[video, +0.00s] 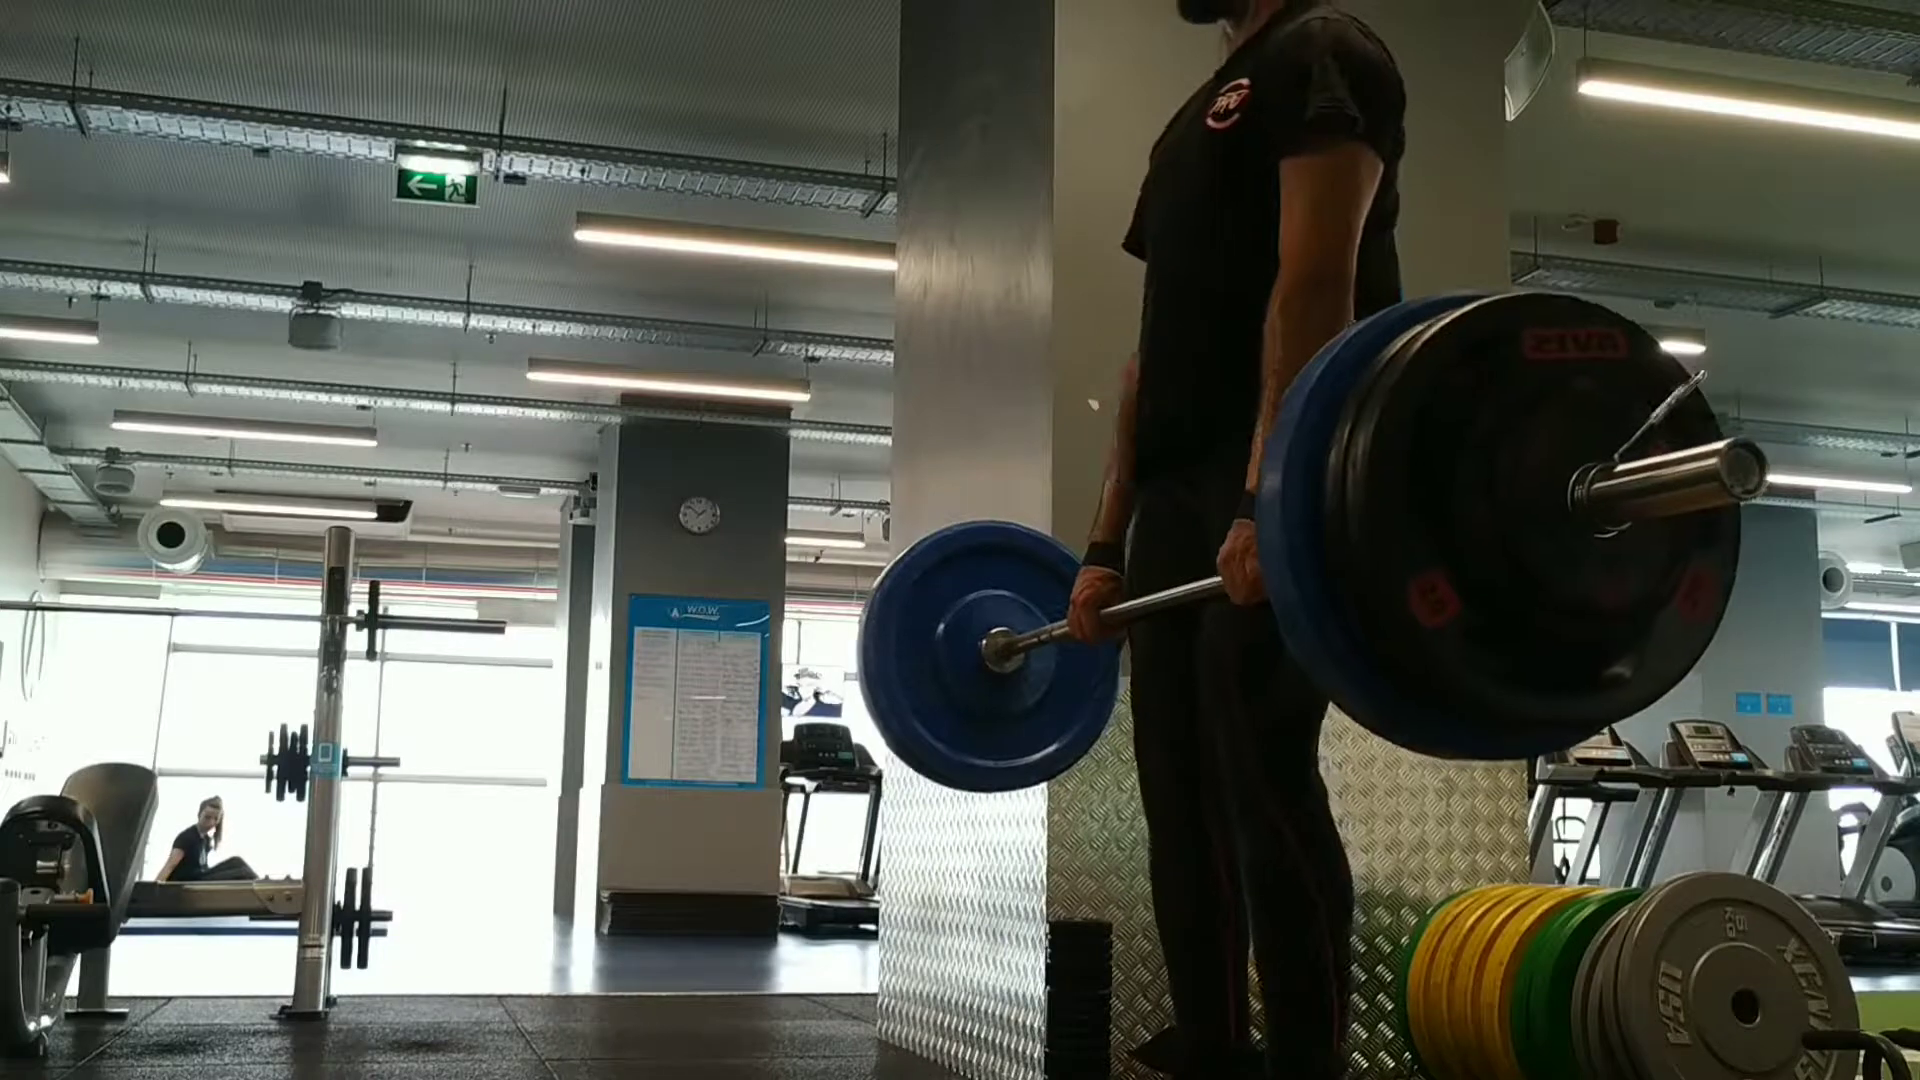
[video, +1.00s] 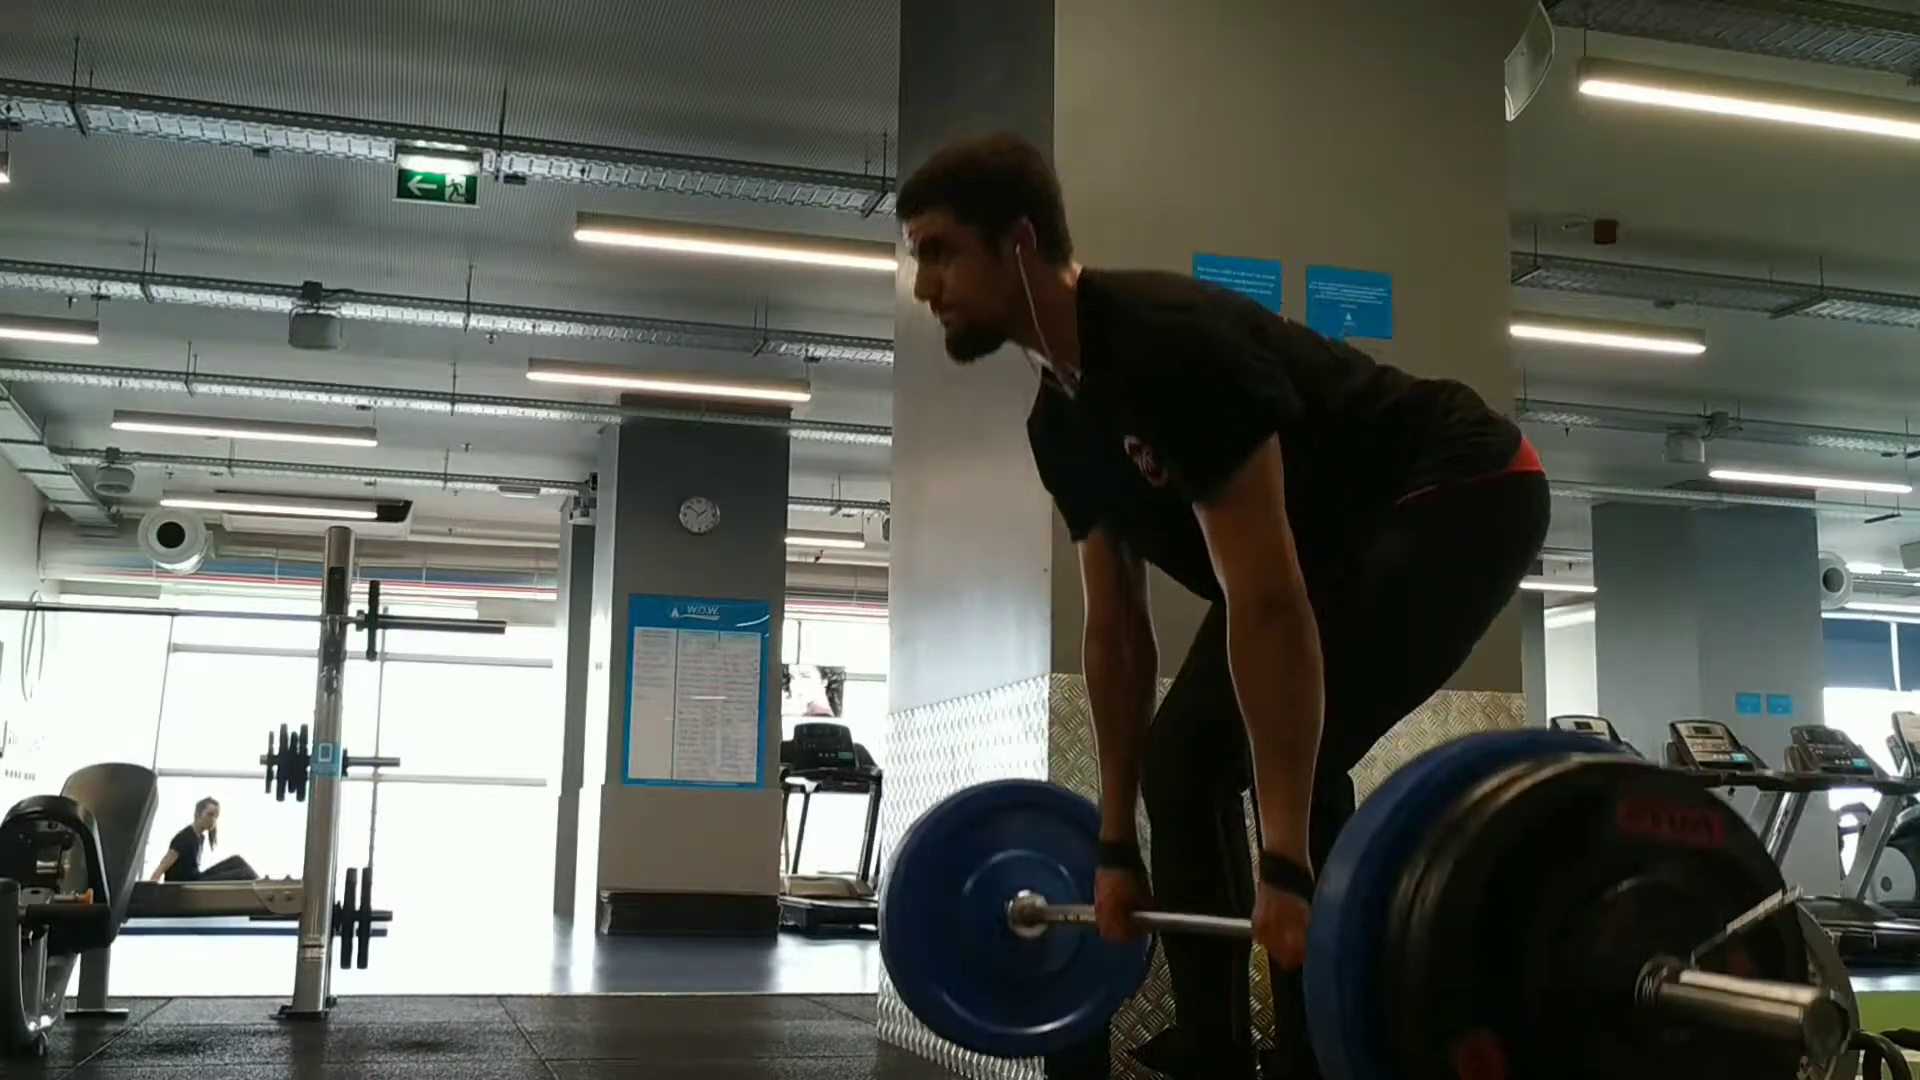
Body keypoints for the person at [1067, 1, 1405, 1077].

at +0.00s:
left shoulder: (1321, 46)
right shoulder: (1191, 121)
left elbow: (1318, 287)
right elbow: (1161, 346)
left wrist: (1271, 500)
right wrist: (1107, 546)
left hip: (1264, 500)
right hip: (1173, 507)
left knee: (1264, 786)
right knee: (1181, 792)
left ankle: (1309, 1057)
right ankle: (1207, 1049)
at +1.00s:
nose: (922, 288)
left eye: (938, 255)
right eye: (918, 263)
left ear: (1020, 242)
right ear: (1012, 252)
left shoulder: (1172, 341)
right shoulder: (1061, 424)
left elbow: (1270, 605)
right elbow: (1114, 631)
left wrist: (1287, 868)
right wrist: (1116, 843)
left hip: (1458, 491)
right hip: (1318, 530)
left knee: (1295, 754)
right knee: (1179, 758)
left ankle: (1312, 1047)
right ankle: (1210, 1037)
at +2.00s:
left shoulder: (1322, 45)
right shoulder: (1188, 118)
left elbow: (1328, 285)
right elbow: (1165, 351)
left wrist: (1292, 503)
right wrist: (1128, 554)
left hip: (1279, 503)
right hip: (1190, 512)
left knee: (1281, 782)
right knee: (1197, 785)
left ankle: (1313, 1059)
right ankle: (1212, 1051)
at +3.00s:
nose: (965, 169)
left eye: (980, 138)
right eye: (958, 145)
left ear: (1061, 131)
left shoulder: (1196, 245)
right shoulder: (1078, 327)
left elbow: (1281, 508)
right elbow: (1128, 550)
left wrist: (1284, 756)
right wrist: (1122, 756)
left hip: (1442, 491)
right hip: (1303, 521)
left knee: (1311, 772)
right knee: (1194, 762)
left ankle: (1313, 1056)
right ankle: (1210, 1040)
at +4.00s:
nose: (1047, 15)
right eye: (1048, 2)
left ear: (1142, 2)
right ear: (1119, 16)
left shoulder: (1241, 116)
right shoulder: (1115, 199)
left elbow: (1290, 364)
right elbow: (1137, 422)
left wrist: (1280, 598)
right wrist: (1123, 634)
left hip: (1377, 486)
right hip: (1252, 503)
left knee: (1283, 752)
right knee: (1184, 747)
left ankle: (1311, 1058)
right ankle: (1211, 1043)